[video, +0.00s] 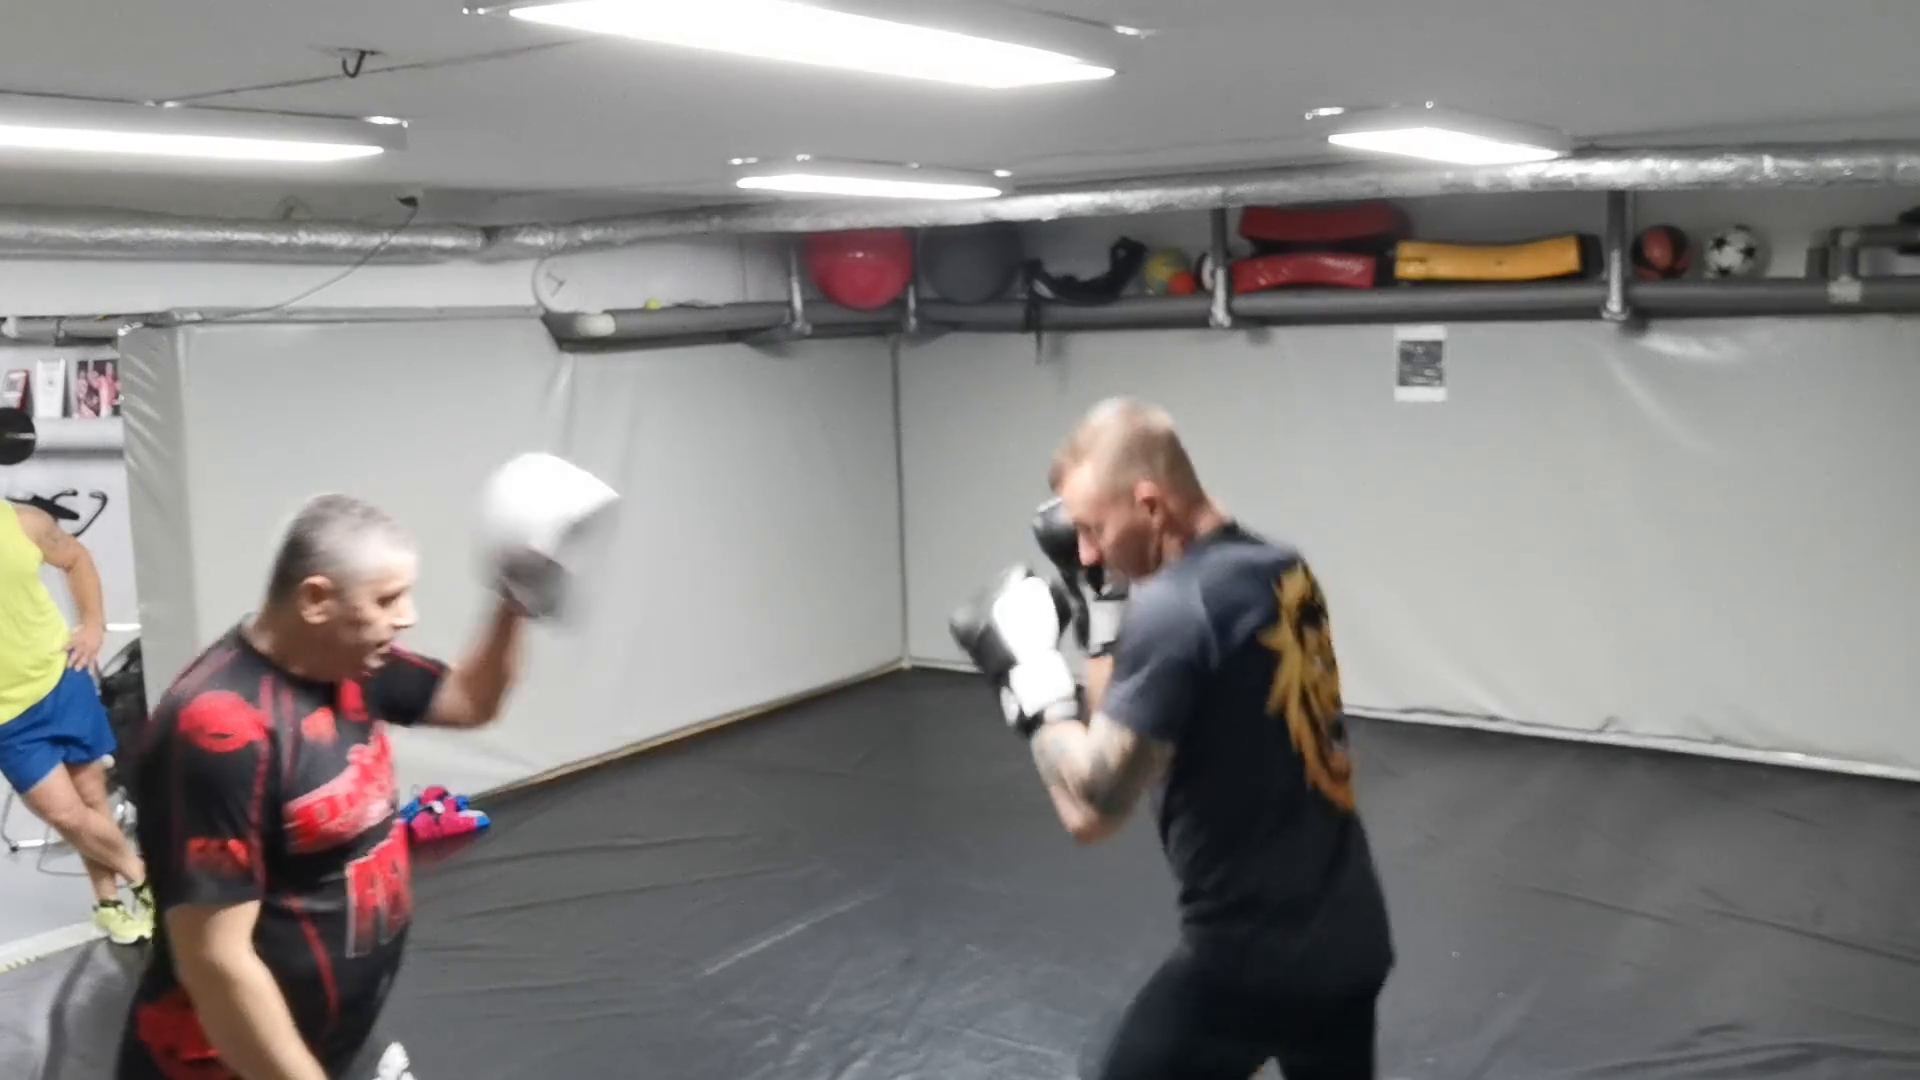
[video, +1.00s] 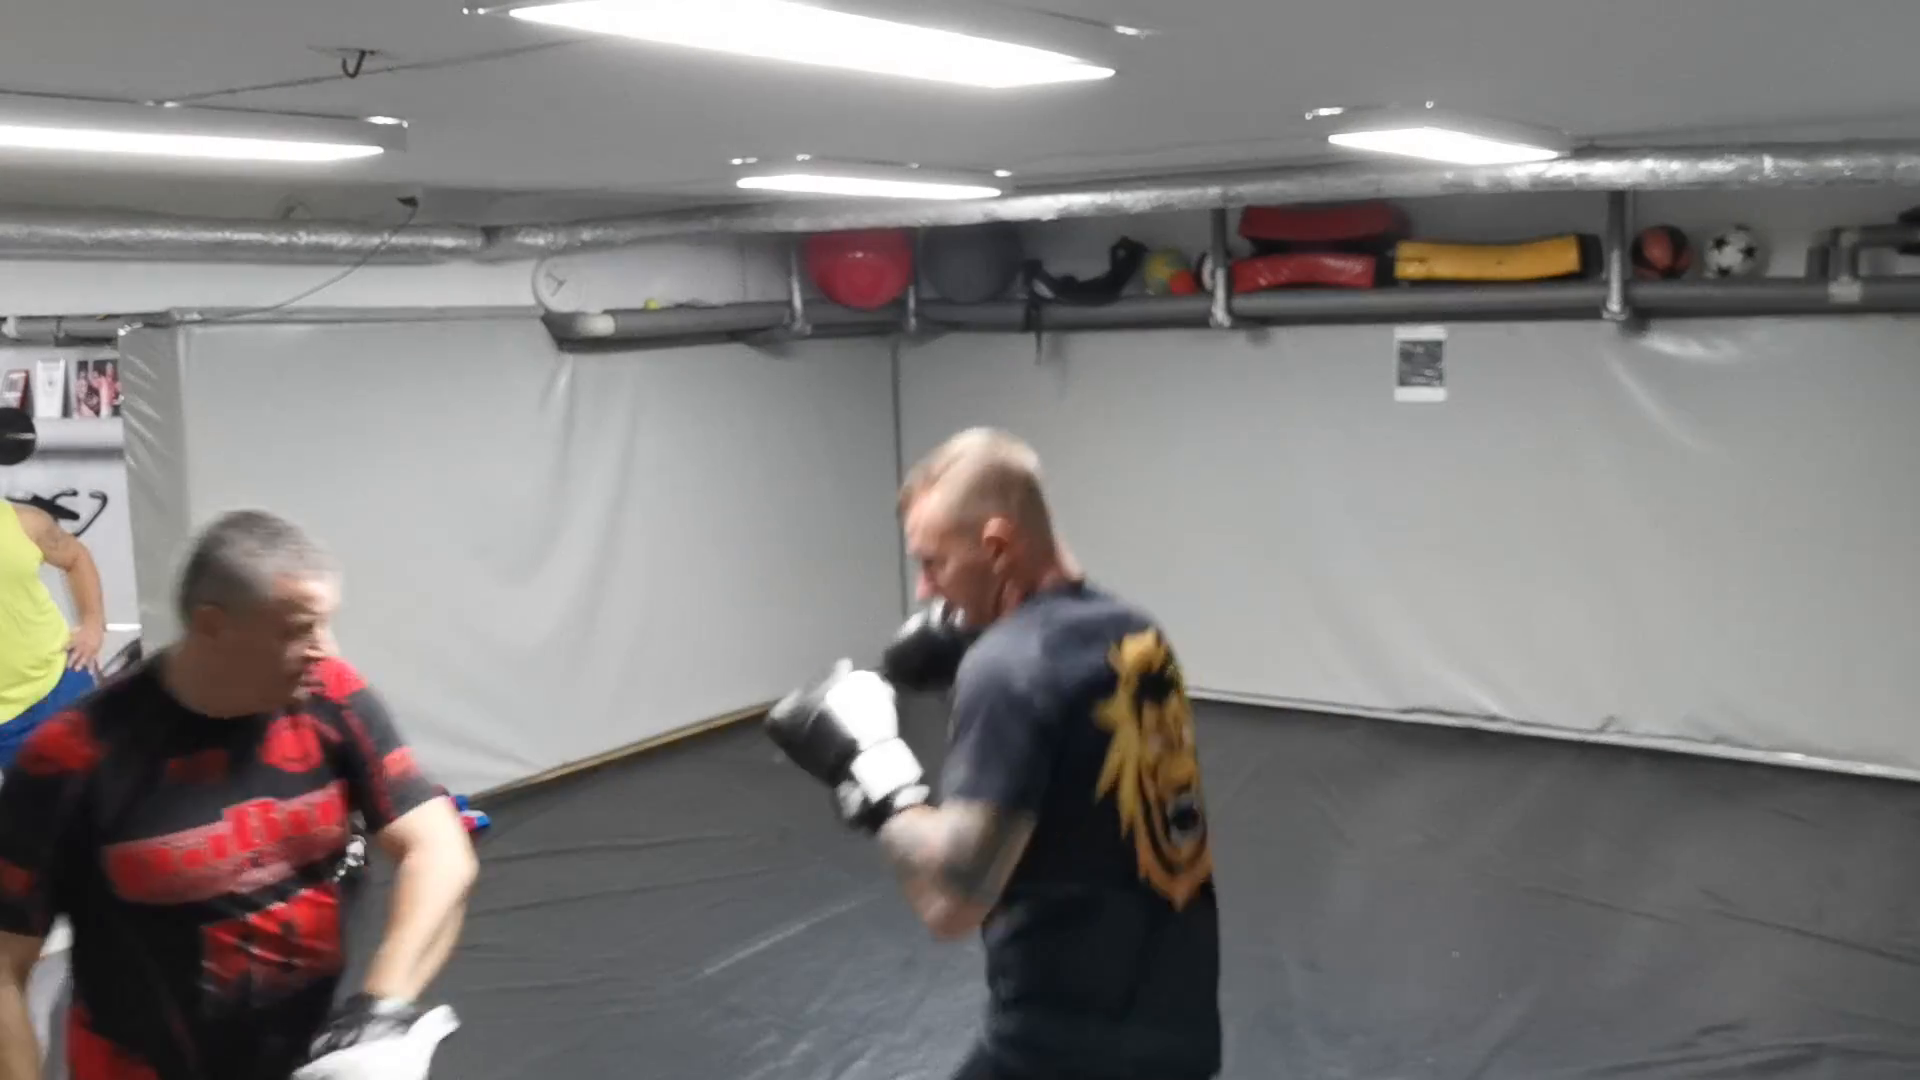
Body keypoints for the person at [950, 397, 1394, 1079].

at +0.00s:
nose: (1088, 556)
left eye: (1092, 530)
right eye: (1079, 534)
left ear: (1149, 504)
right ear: (1160, 501)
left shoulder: (1176, 606)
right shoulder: (1279, 568)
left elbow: (1089, 803)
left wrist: (1034, 670)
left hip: (1253, 956)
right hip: (1342, 934)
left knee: (1121, 1068)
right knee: (1334, 1068)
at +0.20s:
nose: (987, 573)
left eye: (996, 548)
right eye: (984, 550)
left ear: (1062, 534)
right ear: (1074, 531)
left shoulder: (1078, 638)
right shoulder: (1204, 614)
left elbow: (1045, 834)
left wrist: (937, 778)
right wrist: (1048, 628)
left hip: (1122, 993)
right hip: (1237, 982)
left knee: (962, 1071)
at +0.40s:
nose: (868, 618)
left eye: (872, 599)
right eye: (863, 599)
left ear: (929, 585)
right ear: (980, 573)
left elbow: (679, 710)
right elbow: (1092, 837)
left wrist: (558, 654)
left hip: (983, 1040)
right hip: (1118, 1033)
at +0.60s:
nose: (898, 589)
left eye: (904, 564)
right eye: (894, 567)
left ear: (962, 544)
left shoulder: (966, 642)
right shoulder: (1110, 626)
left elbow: (904, 852)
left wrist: (818, 737)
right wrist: (946, 636)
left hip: (1002, 1010)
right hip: (1118, 997)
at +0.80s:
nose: (958, 582)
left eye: (966, 554)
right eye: (953, 557)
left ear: (1030, 537)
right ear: (1037, 537)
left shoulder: (1043, 639)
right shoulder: (1155, 620)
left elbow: (998, 846)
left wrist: (913, 719)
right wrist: (990, 658)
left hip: (1060, 993)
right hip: (1165, 980)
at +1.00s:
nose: (923, 590)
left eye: (933, 564)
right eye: (919, 567)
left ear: (997, 543)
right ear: (1005, 542)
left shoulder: (1011, 666)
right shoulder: (1130, 630)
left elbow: (950, 900)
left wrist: (873, 759)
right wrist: (977, 655)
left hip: (1060, 1045)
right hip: (1173, 1034)